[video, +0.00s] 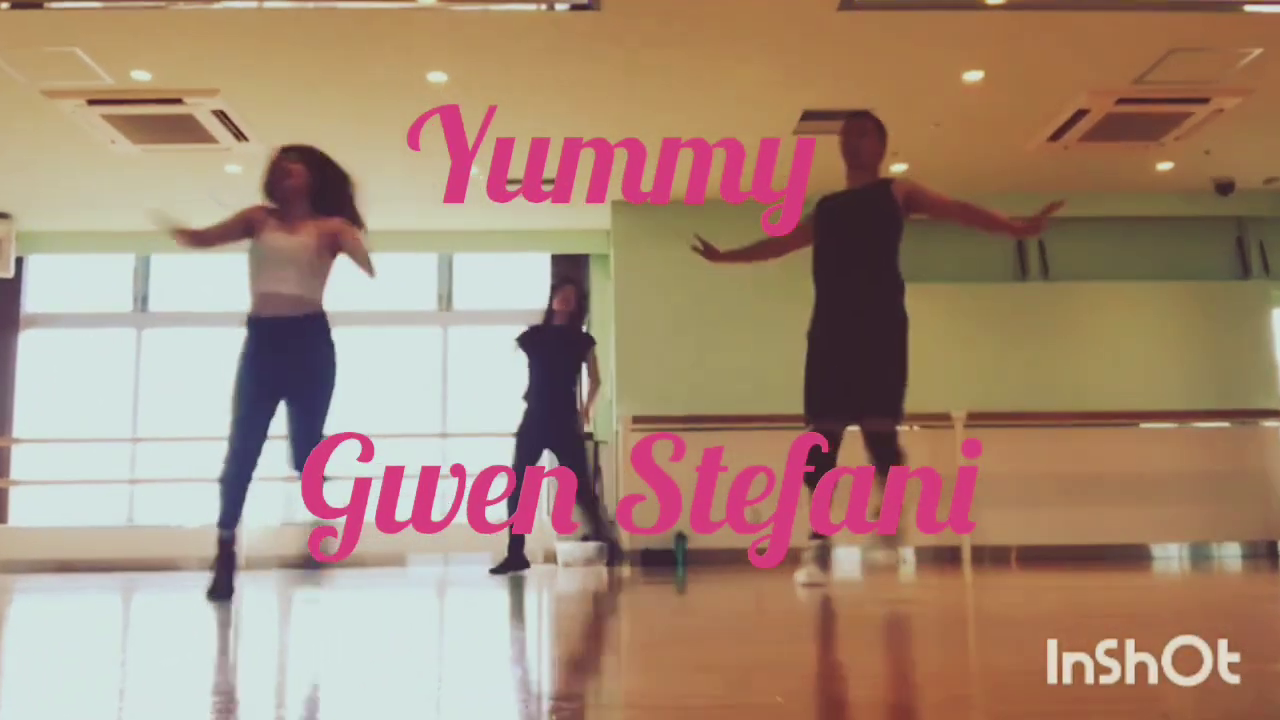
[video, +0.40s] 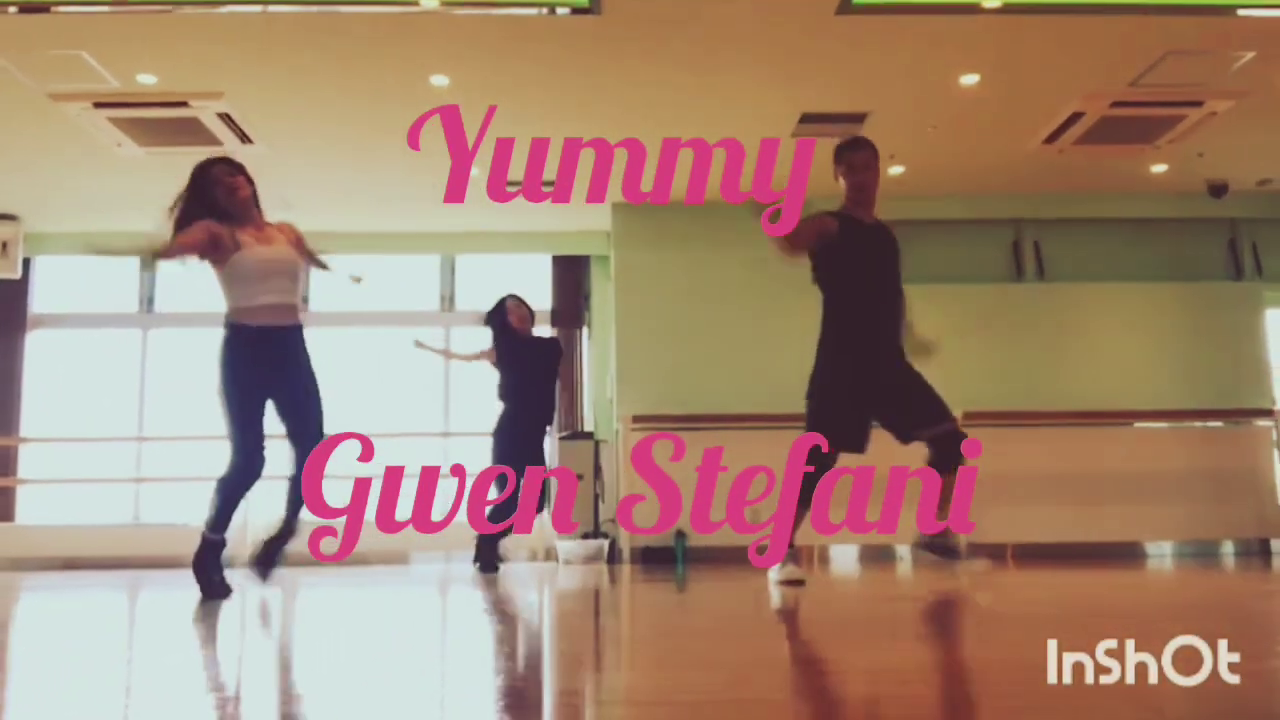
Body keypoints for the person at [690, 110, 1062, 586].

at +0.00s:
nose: (854, 142)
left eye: (863, 135)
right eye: (848, 135)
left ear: (882, 146)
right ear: (839, 146)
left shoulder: (897, 192)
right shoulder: (827, 210)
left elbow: (957, 211)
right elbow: (779, 244)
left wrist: (1014, 228)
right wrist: (725, 256)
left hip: (879, 330)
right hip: (829, 331)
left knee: (879, 436)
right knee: (821, 441)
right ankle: (818, 549)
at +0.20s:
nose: (846, 163)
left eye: (854, 155)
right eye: (838, 156)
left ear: (867, 162)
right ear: (827, 166)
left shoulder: (888, 217)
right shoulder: (817, 225)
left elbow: (945, 235)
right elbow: (757, 246)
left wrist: (997, 254)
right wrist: (697, 234)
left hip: (869, 353)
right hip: (820, 353)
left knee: (883, 457)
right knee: (805, 454)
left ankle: (842, 541)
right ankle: (784, 551)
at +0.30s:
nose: (853, 167)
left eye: (859, 157)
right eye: (843, 158)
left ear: (871, 164)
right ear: (830, 166)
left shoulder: (882, 222)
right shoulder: (817, 221)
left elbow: (922, 260)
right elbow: (750, 232)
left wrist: (956, 293)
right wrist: (703, 199)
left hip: (877, 359)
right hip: (829, 360)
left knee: (920, 448)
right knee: (809, 457)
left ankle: (875, 533)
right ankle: (781, 550)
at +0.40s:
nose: (864, 177)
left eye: (870, 168)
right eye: (854, 170)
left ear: (880, 173)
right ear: (840, 175)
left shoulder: (883, 235)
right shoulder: (828, 224)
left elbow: (886, 296)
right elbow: (794, 242)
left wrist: (907, 339)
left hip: (886, 362)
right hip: (842, 363)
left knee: (949, 442)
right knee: (819, 457)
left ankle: (934, 533)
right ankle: (781, 546)